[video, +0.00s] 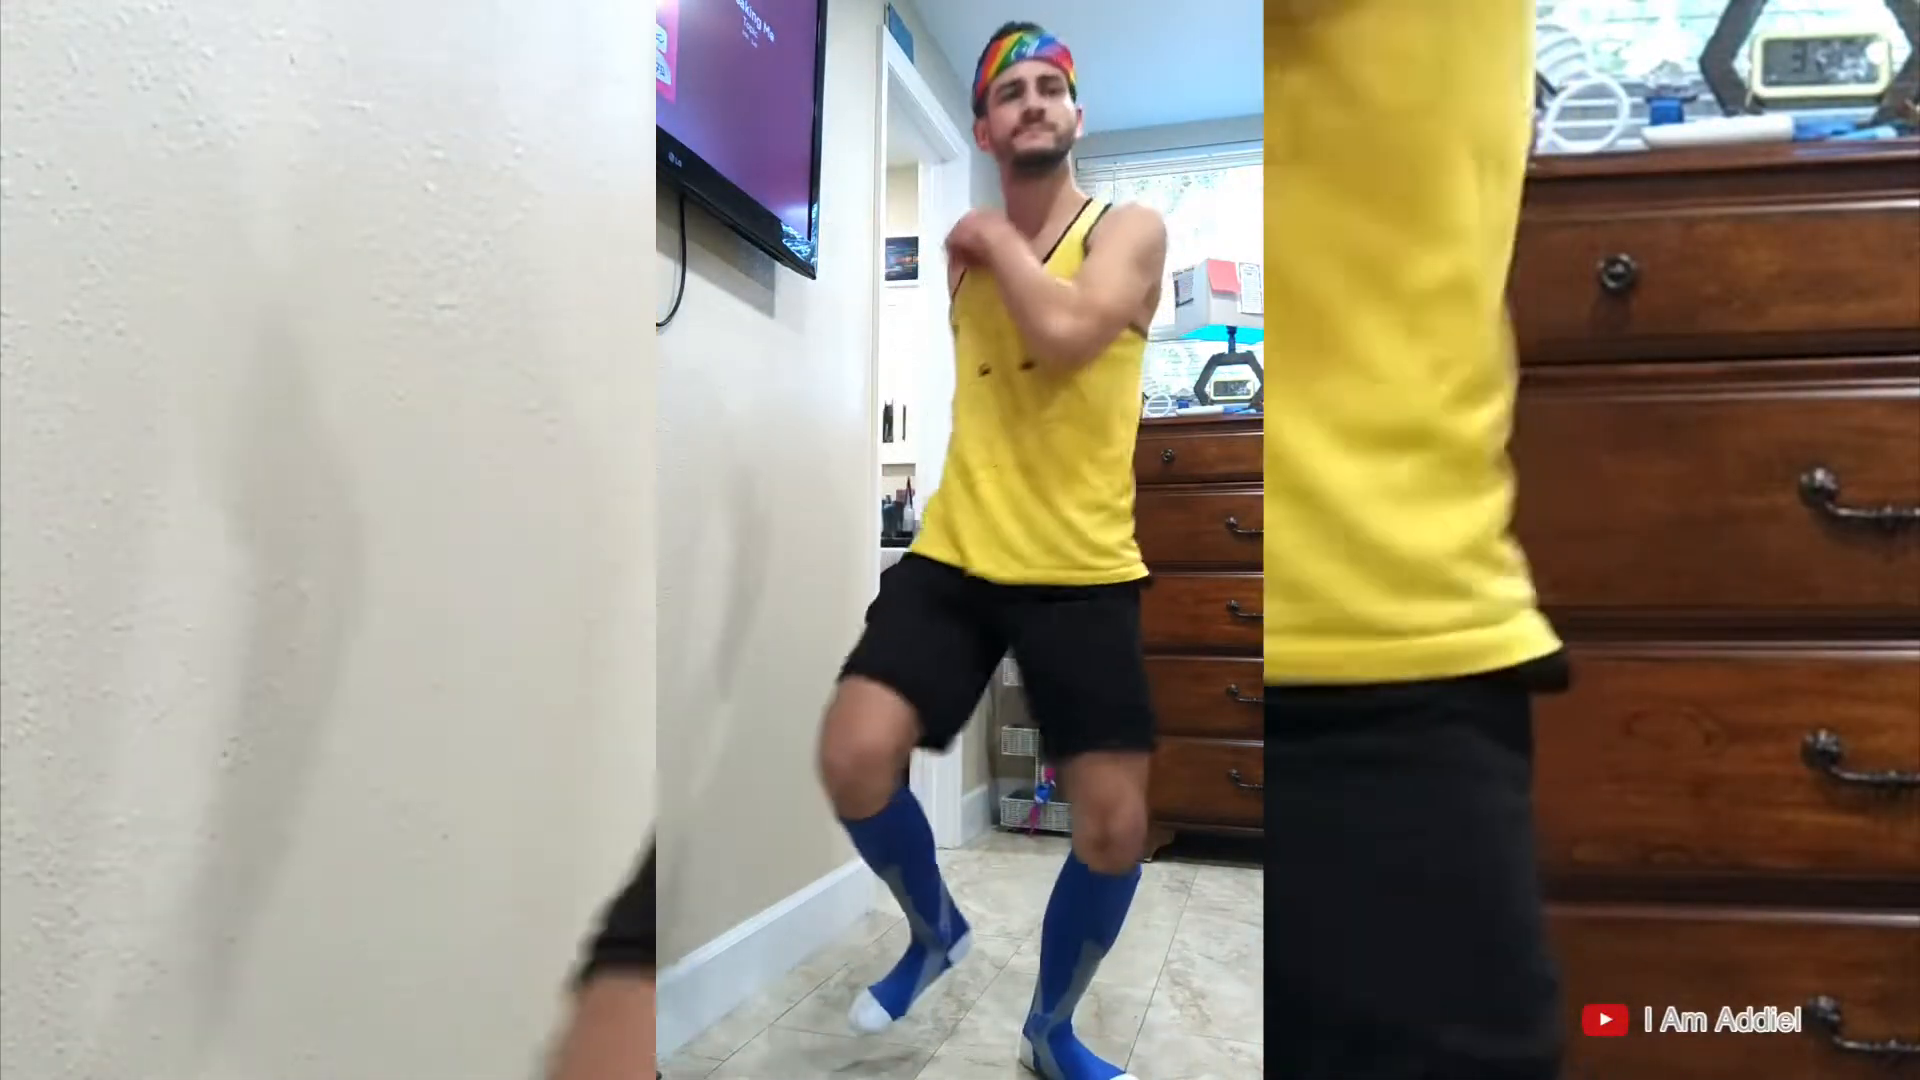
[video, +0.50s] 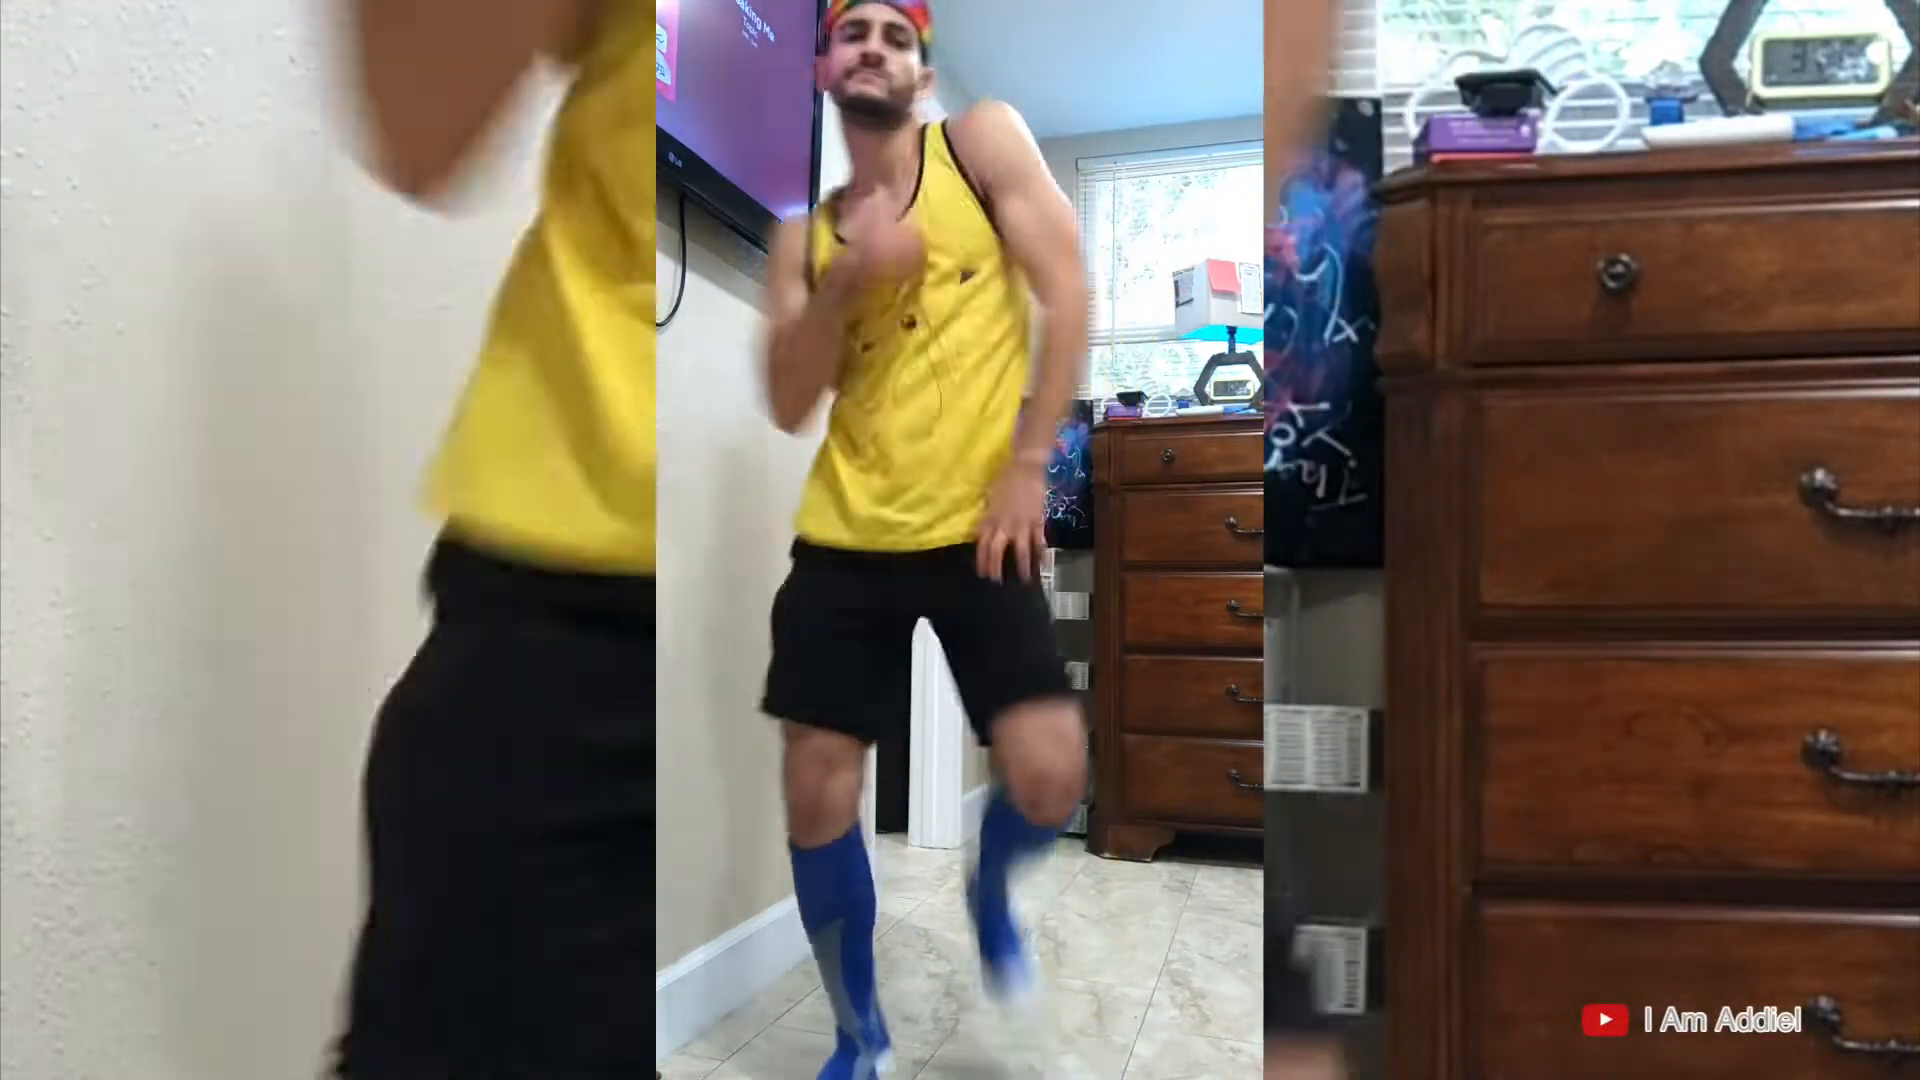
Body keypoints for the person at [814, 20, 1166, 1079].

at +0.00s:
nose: (1033, 104)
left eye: (1050, 90)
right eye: (1012, 94)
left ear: (1080, 116)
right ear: (984, 128)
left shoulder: (1129, 228)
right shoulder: (977, 258)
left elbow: (1065, 335)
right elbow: (986, 392)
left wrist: (998, 241)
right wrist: (972, 502)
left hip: (1083, 566)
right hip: (956, 550)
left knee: (1117, 825)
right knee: (853, 756)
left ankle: (1052, 1025)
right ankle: (936, 929)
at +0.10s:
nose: (1007, 99)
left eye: (1026, 83)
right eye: (986, 89)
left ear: (1060, 105)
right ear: (962, 119)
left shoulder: (1106, 200)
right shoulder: (960, 230)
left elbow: (1037, 230)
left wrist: (939, 241)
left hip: (1070, 558)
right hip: (943, 541)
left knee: (1109, 821)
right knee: (819, 735)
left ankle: (1050, 1028)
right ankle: (926, 884)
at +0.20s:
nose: (967, 58)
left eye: (988, 38)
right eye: (944, 43)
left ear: (1023, 51)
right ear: (918, 68)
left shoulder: (1052, 111)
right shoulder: (941, 198)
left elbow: (908, 171)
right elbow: (984, 345)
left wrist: (819, 285)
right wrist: (923, 402)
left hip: (1049, 497)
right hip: (929, 492)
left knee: (1044, 772)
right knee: (827, 706)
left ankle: (1039, 1017)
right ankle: (877, 912)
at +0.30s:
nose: (926, 50)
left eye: (946, 31)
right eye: (905, 41)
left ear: (984, 42)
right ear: (889, 72)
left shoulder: (1010, 92)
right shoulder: (916, 182)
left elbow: (903, 214)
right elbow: (971, 320)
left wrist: (786, 350)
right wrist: (895, 362)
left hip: (1031, 488)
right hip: (905, 485)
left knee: (1021, 773)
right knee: (847, 751)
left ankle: (995, 1005)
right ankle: (824, 1015)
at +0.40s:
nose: (896, 57)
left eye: (919, 41)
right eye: (874, 43)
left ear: (953, 64)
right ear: (849, 77)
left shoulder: (990, 121)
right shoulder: (869, 242)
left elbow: (978, 283)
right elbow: (874, 397)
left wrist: (915, 469)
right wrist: (842, 355)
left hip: (998, 517)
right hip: (871, 516)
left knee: (1016, 782)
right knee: (838, 774)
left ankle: (995, 1008)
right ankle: (844, 1031)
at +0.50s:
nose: (872, 52)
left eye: (896, 40)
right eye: (851, 37)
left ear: (925, 73)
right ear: (821, 70)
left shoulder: (978, 138)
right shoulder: (804, 231)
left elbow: (1068, 291)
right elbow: (788, 400)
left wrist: (1029, 466)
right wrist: (845, 284)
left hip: (979, 518)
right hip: (848, 529)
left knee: (1052, 772)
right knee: (816, 784)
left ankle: (991, 887)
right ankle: (859, 1035)